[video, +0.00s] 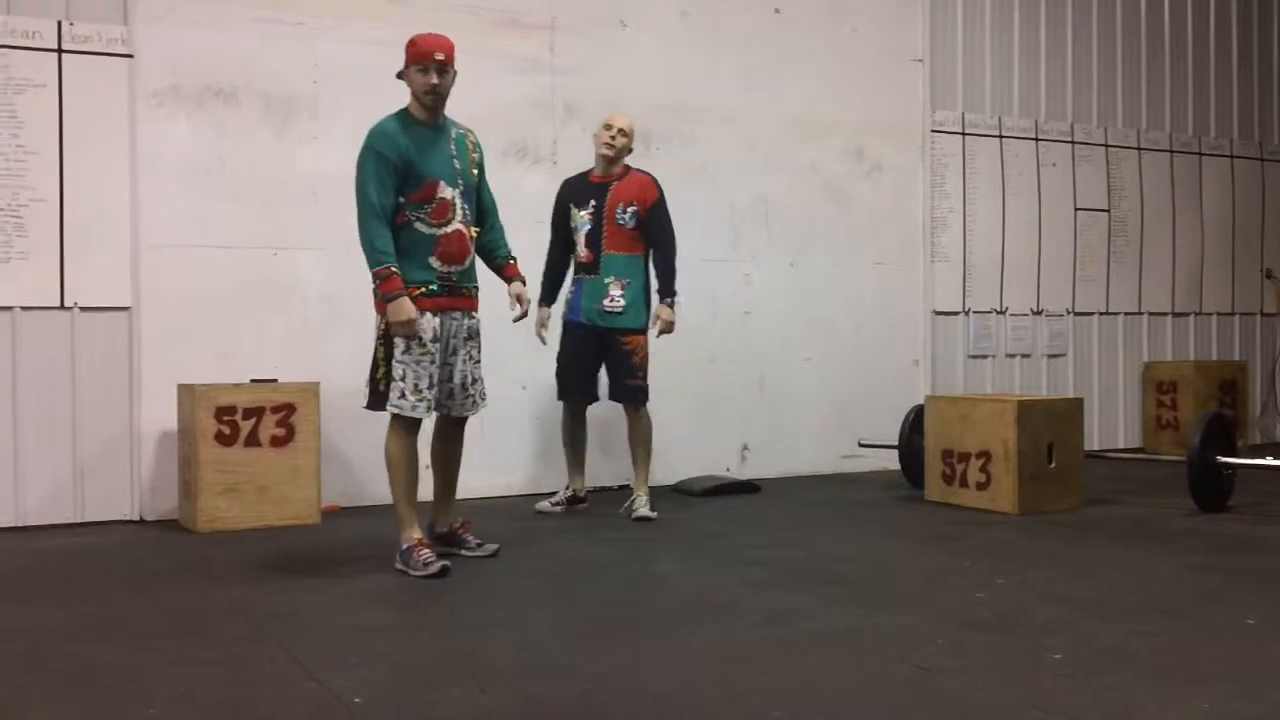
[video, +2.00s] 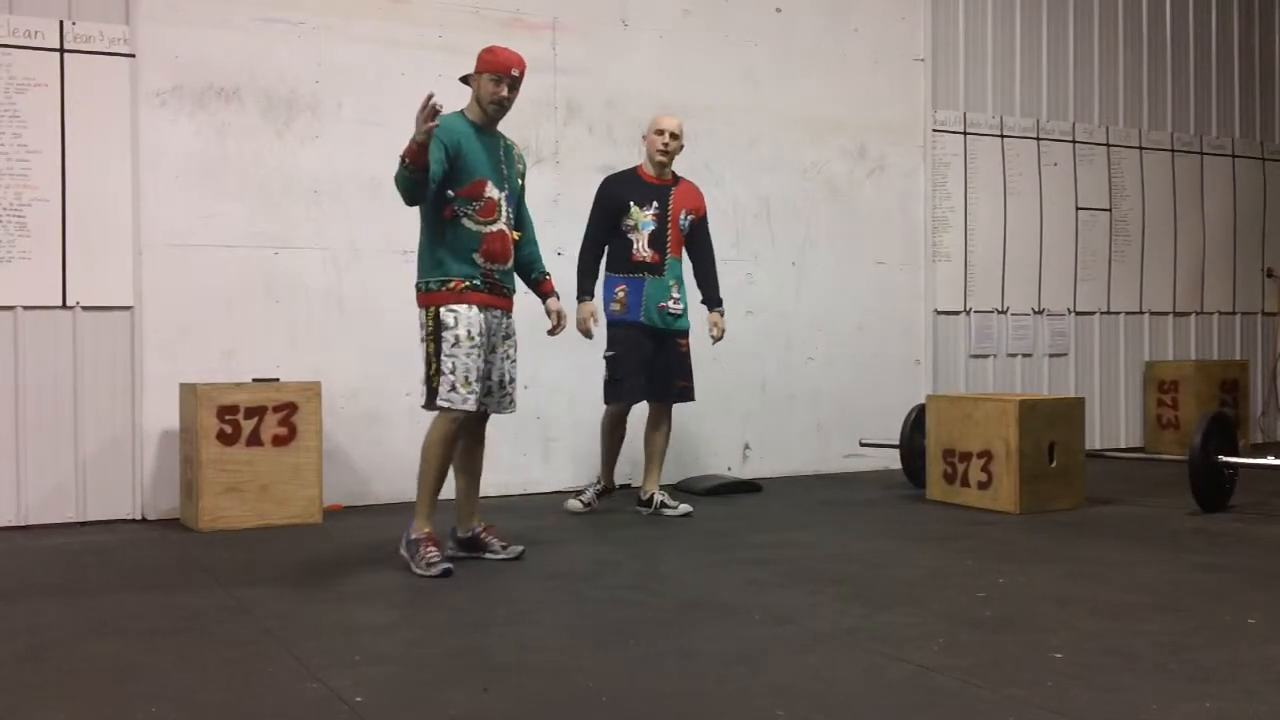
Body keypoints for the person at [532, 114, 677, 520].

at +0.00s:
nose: (613, 137)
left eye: (622, 134)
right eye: (608, 130)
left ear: (630, 147)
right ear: (595, 137)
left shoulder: (644, 186)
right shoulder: (571, 188)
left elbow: (663, 245)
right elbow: (559, 249)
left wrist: (667, 300)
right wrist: (545, 301)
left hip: (629, 319)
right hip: (580, 317)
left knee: (635, 404)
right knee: (572, 402)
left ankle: (641, 493)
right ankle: (575, 488)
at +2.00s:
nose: (666, 142)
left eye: (674, 137)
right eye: (660, 134)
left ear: (682, 146)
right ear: (646, 139)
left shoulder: (690, 196)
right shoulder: (615, 187)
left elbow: (702, 255)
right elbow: (592, 246)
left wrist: (714, 306)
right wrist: (585, 299)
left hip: (671, 315)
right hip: (626, 312)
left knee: (662, 403)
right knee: (619, 403)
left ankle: (650, 491)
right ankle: (605, 482)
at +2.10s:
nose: (667, 142)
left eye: (674, 138)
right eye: (660, 135)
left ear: (682, 147)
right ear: (646, 140)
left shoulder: (689, 196)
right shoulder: (616, 187)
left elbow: (700, 257)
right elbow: (592, 245)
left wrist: (710, 309)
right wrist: (585, 298)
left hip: (672, 315)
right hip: (627, 312)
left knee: (662, 403)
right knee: (624, 400)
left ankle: (650, 492)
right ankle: (603, 481)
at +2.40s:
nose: (662, 143)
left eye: (669, 138)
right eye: (656, 135)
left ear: (676, 146)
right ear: (640, 140)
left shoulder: (684, 196)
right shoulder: (612, 187)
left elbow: (691, 259)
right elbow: (587, 245)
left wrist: (696, 313)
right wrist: (584, 298)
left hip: (668, 317)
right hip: (621, 314)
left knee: (660, 405)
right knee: (608, 399)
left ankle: (650, 491)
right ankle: (576, 474)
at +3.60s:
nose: (580, 141)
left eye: (586, 134)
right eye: (573, 134)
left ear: (595, 141)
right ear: (558, 142)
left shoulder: (615, 186)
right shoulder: (538, 192)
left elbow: (632, 247)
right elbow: (524, 258)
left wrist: (643, 297)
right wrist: (519, 310)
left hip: (613, 314)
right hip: (562, 318)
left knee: (638, 398)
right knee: (566, 404)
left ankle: (655, 487)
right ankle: (574, 489)